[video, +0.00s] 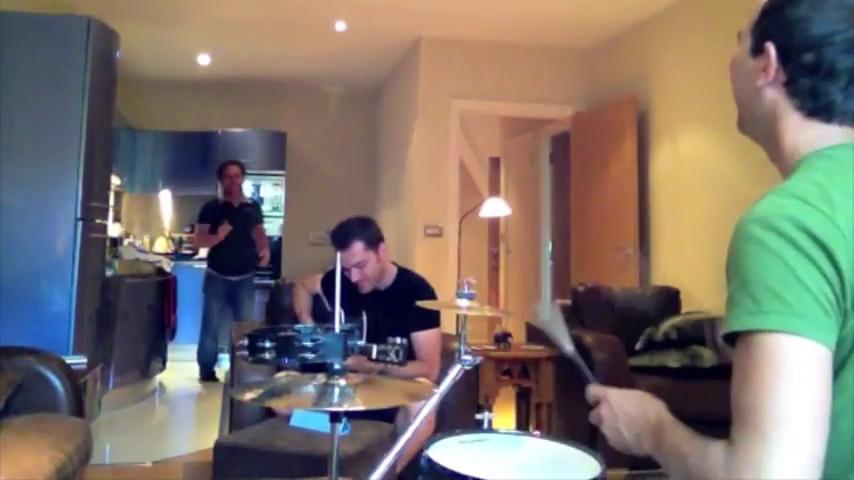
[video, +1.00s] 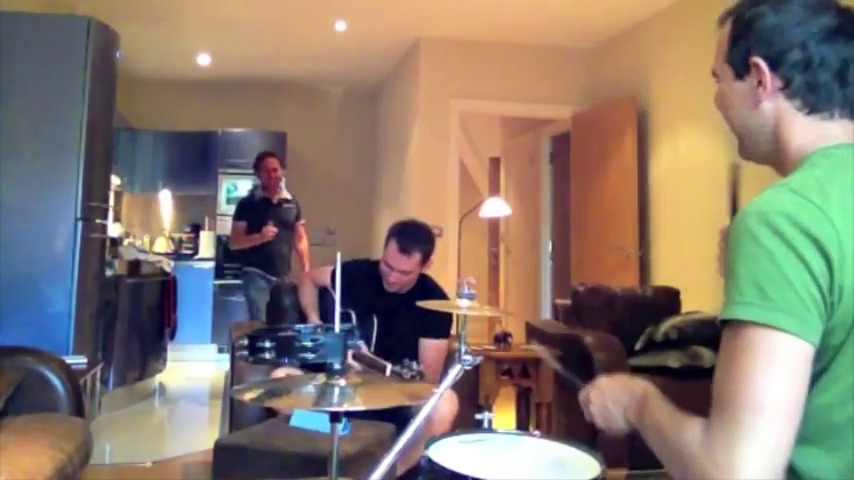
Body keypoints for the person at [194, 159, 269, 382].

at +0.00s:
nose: (234, 181)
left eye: (237, 177)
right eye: (229, 177)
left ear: (243, 179)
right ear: (221, 181)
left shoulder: (252, 208)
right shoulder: (211, 208)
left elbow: (259, 233)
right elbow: (199, 240)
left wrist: (264, 249)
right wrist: (217, 237)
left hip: (245, 276)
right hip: (217, 276)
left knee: (247, 323)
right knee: (213, 324)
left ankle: (244, 367)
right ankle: (207, 367)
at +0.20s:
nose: (246, 179)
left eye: (250, 174)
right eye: (241, 175)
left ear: (256, 177)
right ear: (233, 178)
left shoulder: (264, 206)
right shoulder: (222, 206)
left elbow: (271, 232)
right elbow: (211, 239)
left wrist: (273, 246)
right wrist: (231, 231)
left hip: (258, 275)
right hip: (229, 274)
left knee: (257, 324)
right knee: (222, 324)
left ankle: (254, 370)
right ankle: (210, 369)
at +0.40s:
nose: (255, 178)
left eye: (259, 174)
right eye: (251, 174)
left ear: (265, 176)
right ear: (242, 177)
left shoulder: (274, 204)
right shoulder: (231, 204)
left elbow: (283, 231)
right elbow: (219, 239)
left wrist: (281, 246)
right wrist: (234, 230)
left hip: (268, 272)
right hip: (240, 271)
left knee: (264, 322)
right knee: (241, 321)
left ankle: (261, 366)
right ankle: (227, 364)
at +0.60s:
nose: (262, 178)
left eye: (266, 173)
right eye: (257, 173)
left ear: (272, 175)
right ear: (249, 176)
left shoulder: (281, 204)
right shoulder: (237, 203)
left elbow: (289, 230)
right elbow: (226, 239)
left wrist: (287, 248)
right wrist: (245, 233)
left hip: (273, 271)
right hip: (246, 270)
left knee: (274, 322)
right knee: (254, 323)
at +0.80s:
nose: (268, 180)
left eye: (271, 175)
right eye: (263, 176)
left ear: (277, 176)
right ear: (254, 178)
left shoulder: (286, 204)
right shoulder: (244, 204)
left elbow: (293, 235)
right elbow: (232, 242)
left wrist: (295, 258)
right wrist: (255, 235)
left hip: (281, 275)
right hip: (253, 273)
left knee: (282, 326)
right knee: (259, 325)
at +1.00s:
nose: (272, 175)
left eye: (275, 170)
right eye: (267, 171)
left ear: (282, 172)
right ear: (258, 175)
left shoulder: (291, 204)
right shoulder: (248, 204)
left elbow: (300, 238)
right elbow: (234, 242)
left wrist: (305, 270)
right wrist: (260, 237)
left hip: (284, 275)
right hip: (256, 273)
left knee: (284, 326)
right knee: (260, 325)